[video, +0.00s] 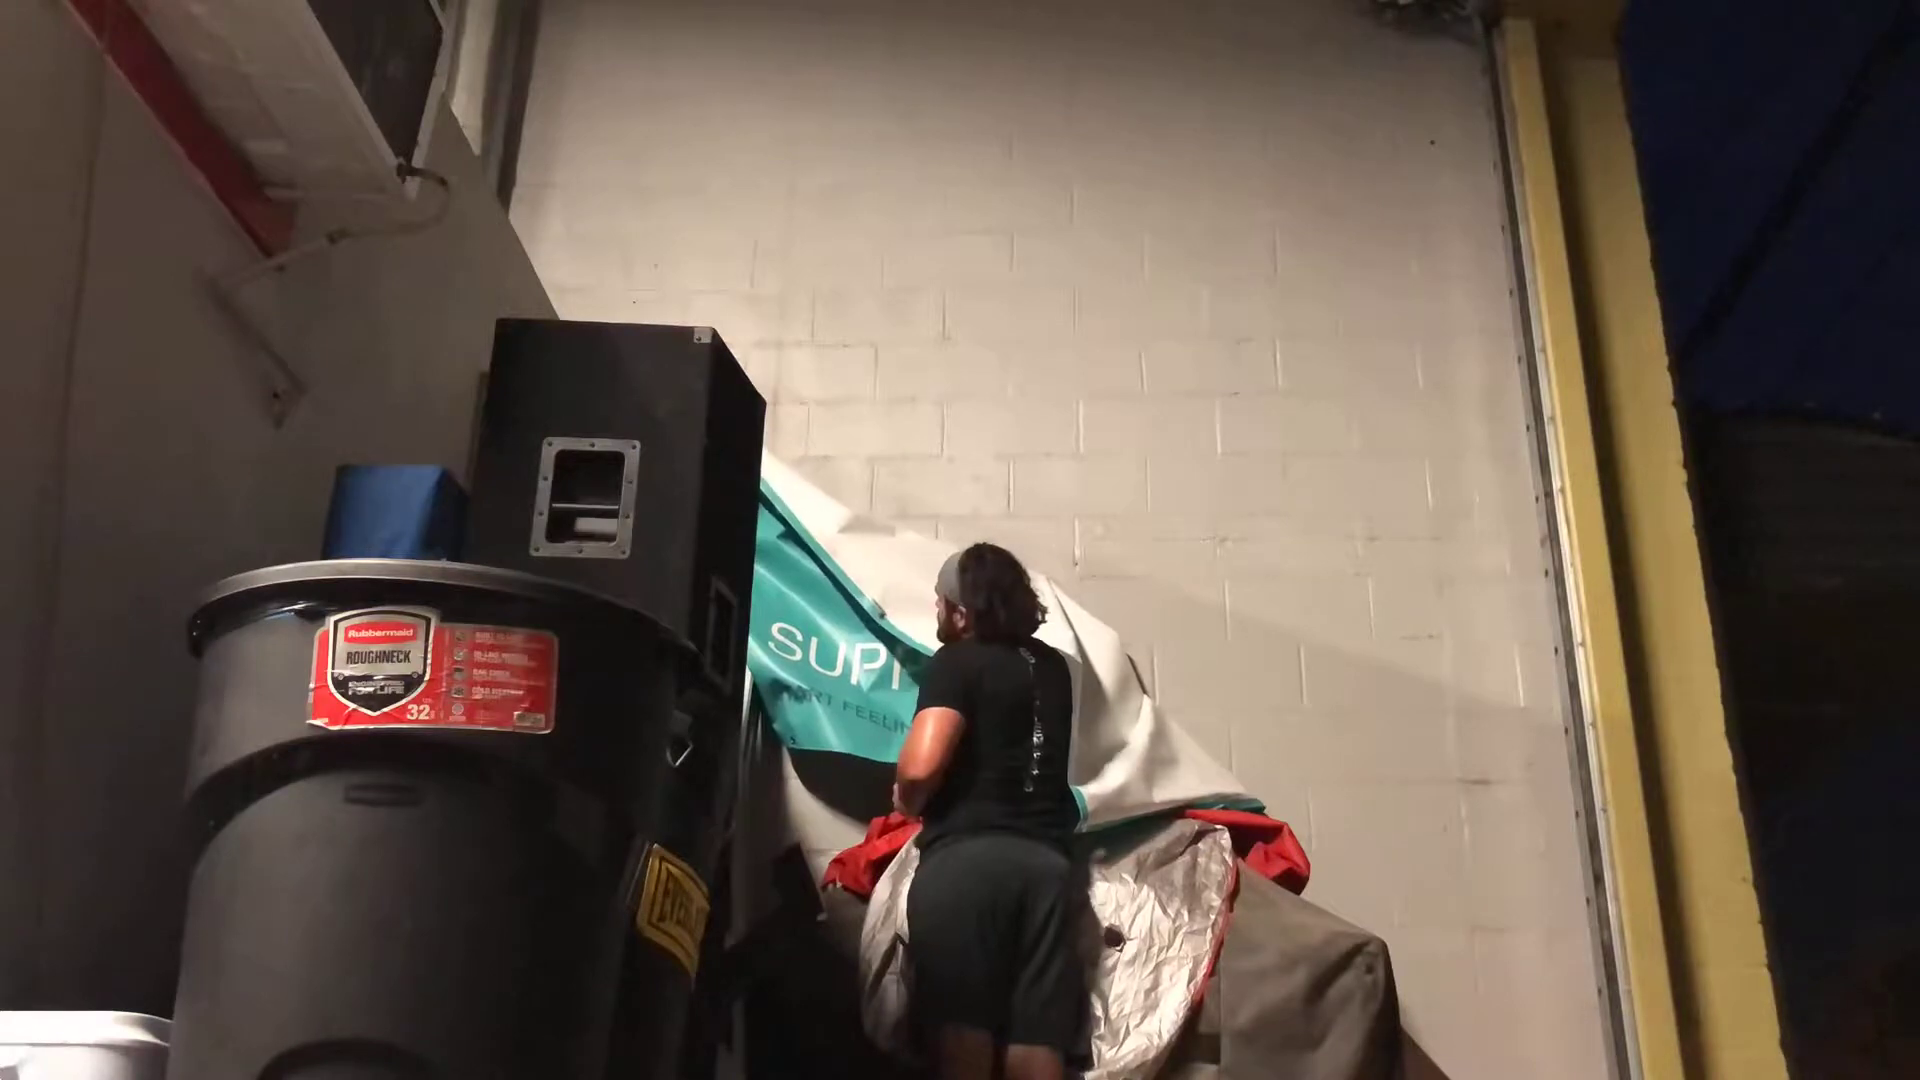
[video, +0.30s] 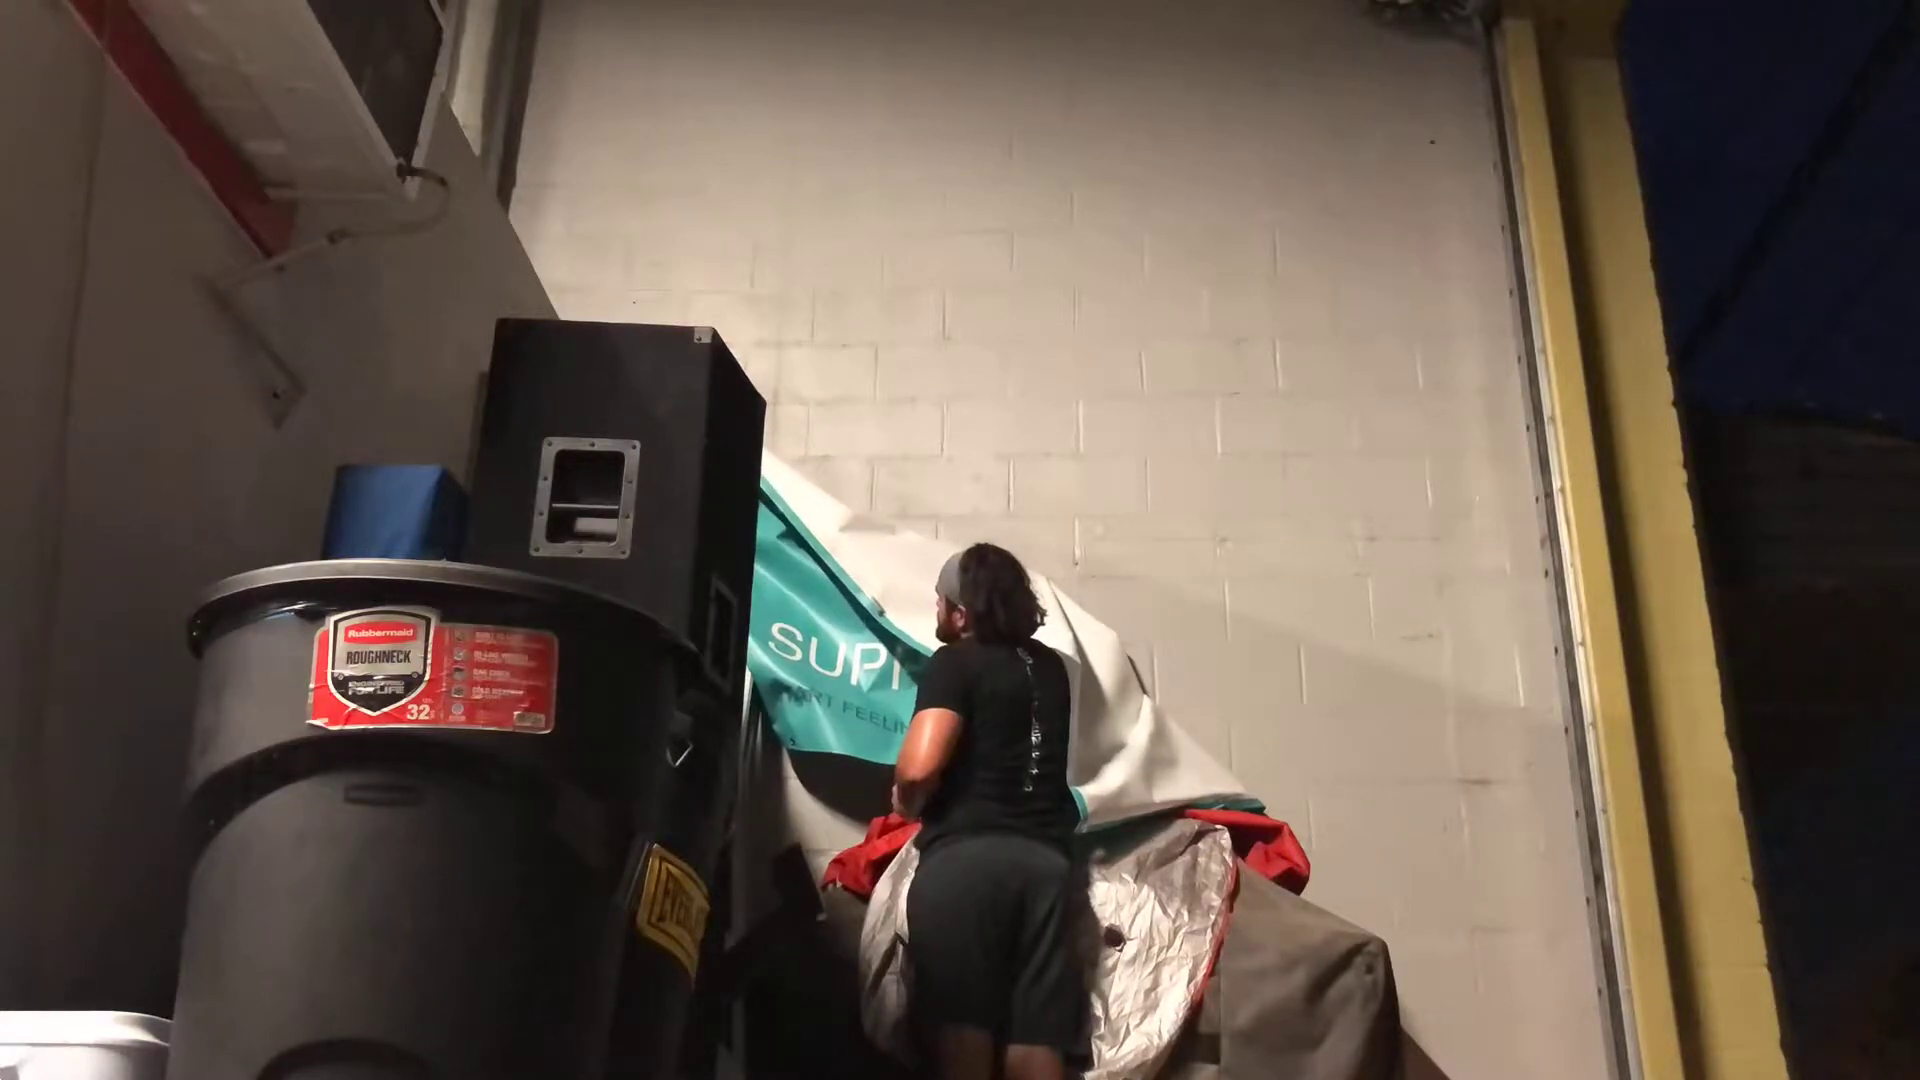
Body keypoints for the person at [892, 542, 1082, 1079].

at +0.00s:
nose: (937, 614)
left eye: (940, 603)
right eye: (938, 602)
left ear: (963, 612)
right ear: (1015, 607)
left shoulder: (957, 660)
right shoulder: (1059, 668)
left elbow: (920, 766)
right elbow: (1046, 761)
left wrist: (907, 801)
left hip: (967, 856)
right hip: (1050, 862)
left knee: (963, 1040)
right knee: (1038, 1046)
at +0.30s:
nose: (937, 613)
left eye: (940, 602)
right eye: (938, 600)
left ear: (962, 612)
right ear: (1015, 607)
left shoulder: (955, 661)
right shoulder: (1056, 668)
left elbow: (919, 766)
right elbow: (1045, 761)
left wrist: (905, 802)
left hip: (967, 855)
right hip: (1049, 861)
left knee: (962, 1038)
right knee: (1038, 1044)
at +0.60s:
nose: (934, 613)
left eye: (937, 602)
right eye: (936, 601)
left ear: (957, 612)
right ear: (1013, 607)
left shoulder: (951, 662)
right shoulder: (1052, 667)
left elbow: (913, 767)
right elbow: (1044, 760)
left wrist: (907, 805)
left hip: (966, 855)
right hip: (1049, 862)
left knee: (962, 1038)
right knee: (1038, 1045)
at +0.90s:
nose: (942, 603)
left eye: (946, 594)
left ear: (952, 603)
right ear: (1018, 603)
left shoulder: (948, 662)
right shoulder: (1047, 668)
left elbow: (914, 771)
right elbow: (1034, 762)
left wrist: (894, 797)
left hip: (962, 859)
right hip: (1045, 863)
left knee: (959, 1040)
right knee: (1036, 1045)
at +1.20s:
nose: (934, 609)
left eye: (938, 597)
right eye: (934, 597)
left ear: (953, 603)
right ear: (1010, 601)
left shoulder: (950, 660)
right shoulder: (1046, 666)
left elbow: (914, 768)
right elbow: (1033, 759)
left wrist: (893, 795)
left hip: (960, 856)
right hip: (1042, 861)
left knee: (958, 1038)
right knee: (1034, 1044)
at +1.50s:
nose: (968, 590)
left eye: (971, 578)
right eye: (970, 578)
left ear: (991, 587)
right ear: (1041, 588)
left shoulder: (992, 654)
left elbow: (955, 757)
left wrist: (898, 741)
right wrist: (875, 674)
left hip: (974, 877)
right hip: (1051, 879)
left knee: (960, 1043)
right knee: (1036, 1049)